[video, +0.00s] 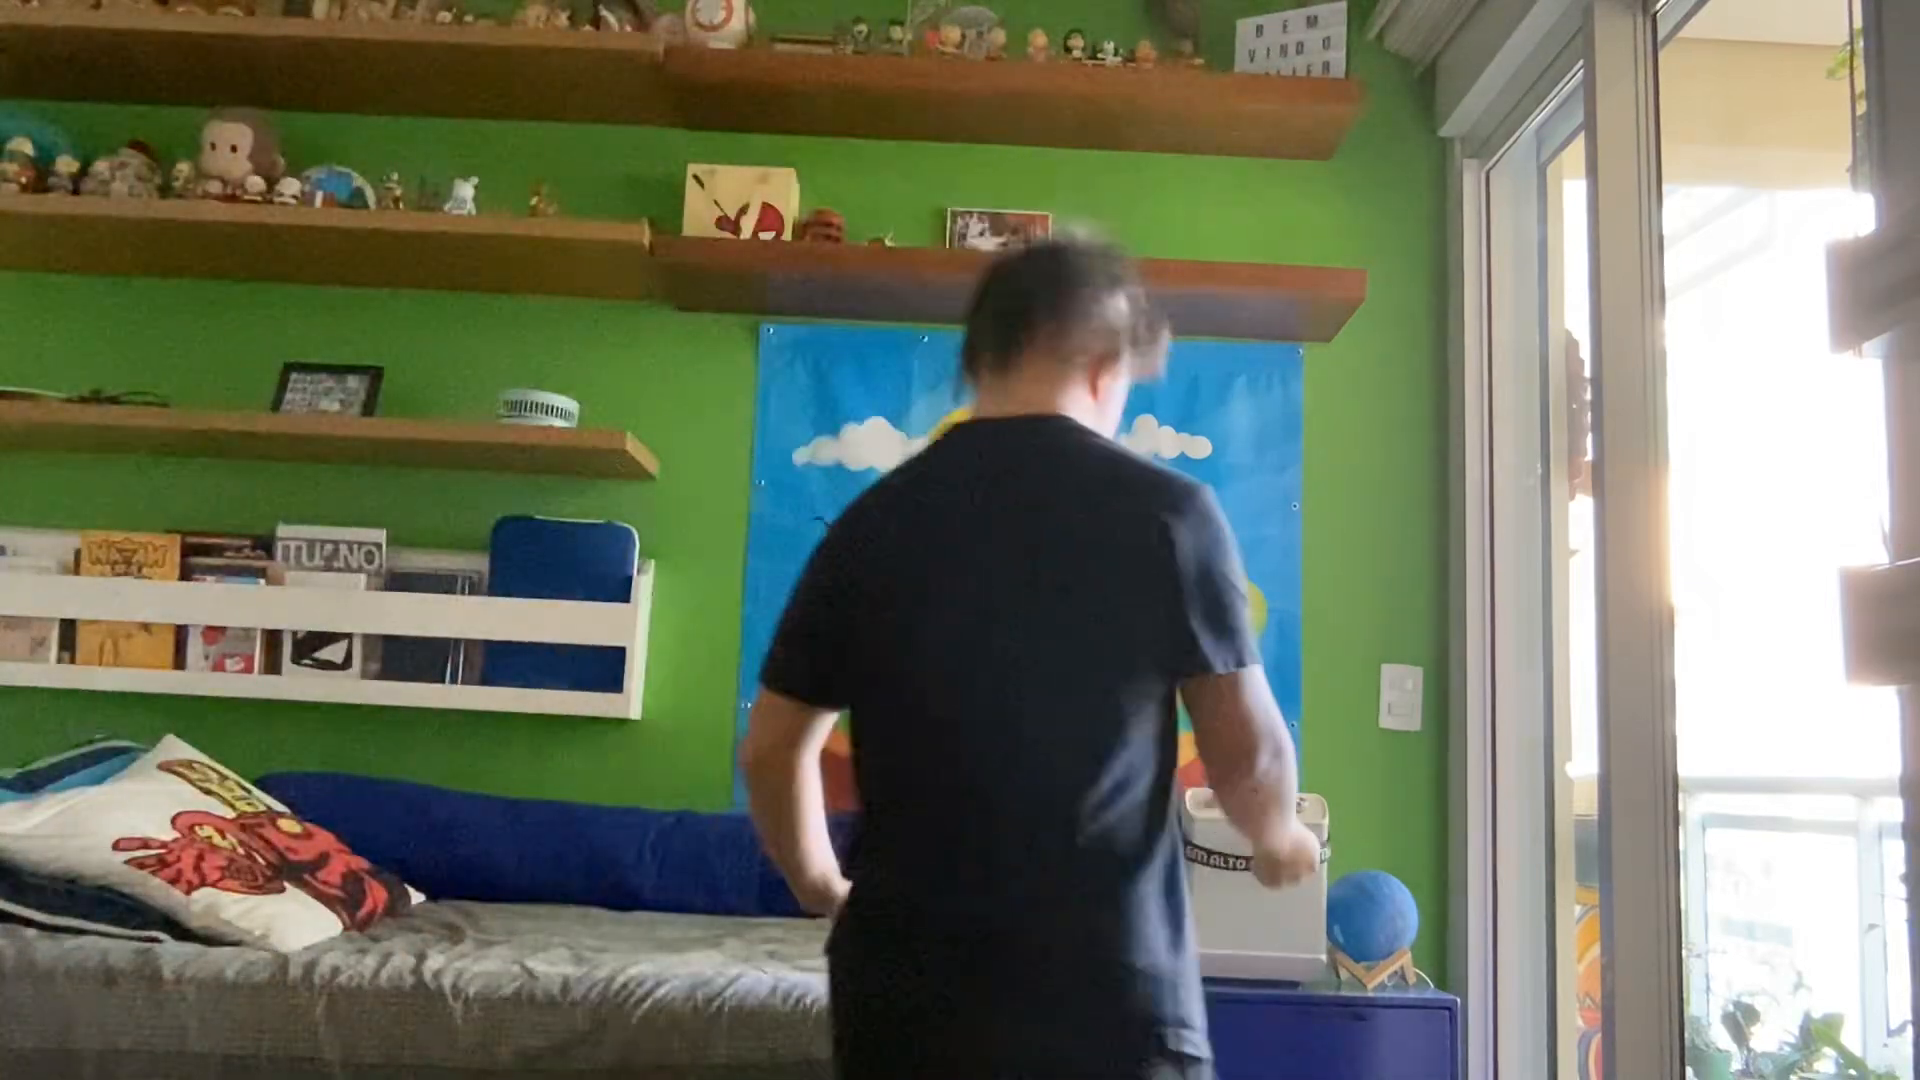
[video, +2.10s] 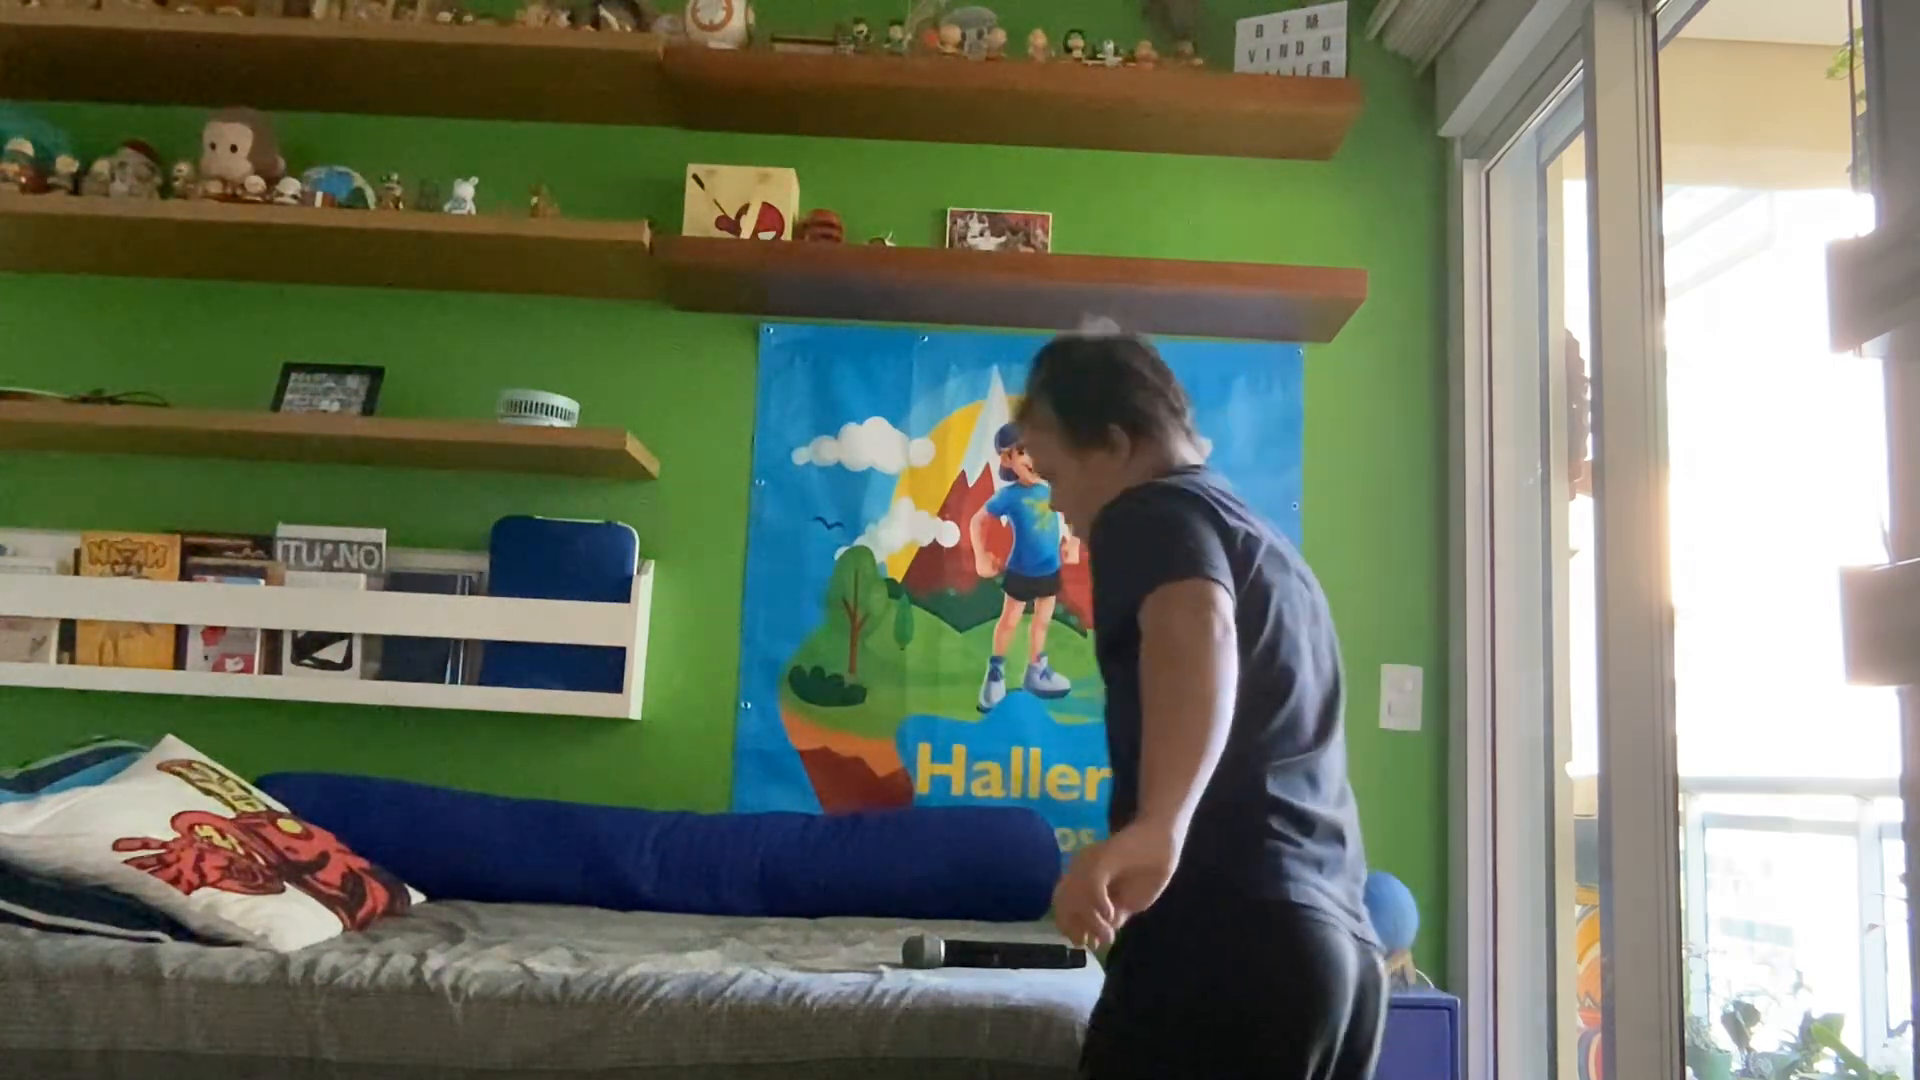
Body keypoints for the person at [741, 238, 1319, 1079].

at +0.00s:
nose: (1121, 416)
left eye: (1126, 394)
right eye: (1127, 391)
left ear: (977, 364)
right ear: (1102, 375)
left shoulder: (873, 520)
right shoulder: (1163, 513)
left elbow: (773, 750)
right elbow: (1247, 753)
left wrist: (820, 885)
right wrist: (1281, 843)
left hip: (903, 985)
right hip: (1100, 983)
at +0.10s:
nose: (1195, 423)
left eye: (1196, 406)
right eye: (1196, 405)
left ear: (1057, 385)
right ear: (1182, 392)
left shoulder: (961, 503)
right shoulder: (1238, 521)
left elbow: (832, 695)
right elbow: (1278, 714)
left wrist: (821, 857)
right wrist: (1269, 784)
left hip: (961, 943)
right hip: (1160, 945)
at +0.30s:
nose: (1267, 453)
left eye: (1268, 442)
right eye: (1269, 440)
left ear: (1135, 437)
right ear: (1258, 441)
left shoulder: (1093, 521)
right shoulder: (1296, 567)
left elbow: (954, 649)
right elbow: (1291, 737)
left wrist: (821, 817)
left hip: (1097, 943)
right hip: (1276, 955)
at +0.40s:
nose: (1275, 463)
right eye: (1275, 454)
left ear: (1144, 445)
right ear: (1264, 453)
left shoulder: (1121, 513)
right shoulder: (1308, 565)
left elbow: (1015, 622)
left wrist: (870, 788)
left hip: (1143, 933)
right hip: (1314, 948)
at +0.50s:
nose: (1286, 474)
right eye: (1287, 464)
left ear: (1152, 453)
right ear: (1274, 460)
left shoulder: (1156, 507)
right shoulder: (1318, 561)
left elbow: (1087, 602)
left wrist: (945, 771)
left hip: (1204, 920)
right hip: (1362, 939)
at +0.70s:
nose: (1166, 497)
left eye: (1164, 481)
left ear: (1174, 462)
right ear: (1295, 468)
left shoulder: (1204, 510)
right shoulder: (1347, 571)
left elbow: (1181, 607)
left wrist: (1070, 789)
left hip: (1287, 926)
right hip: (1419, 938)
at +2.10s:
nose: (1057, 504)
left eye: (1051, 474)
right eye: (1045, 480)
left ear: (1115, 442)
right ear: (1184, 442)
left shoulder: (1159, 509)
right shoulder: (1272, 550)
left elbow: (1193, 628)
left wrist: (1155, 824)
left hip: (1235, 932)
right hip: (1346, 945)